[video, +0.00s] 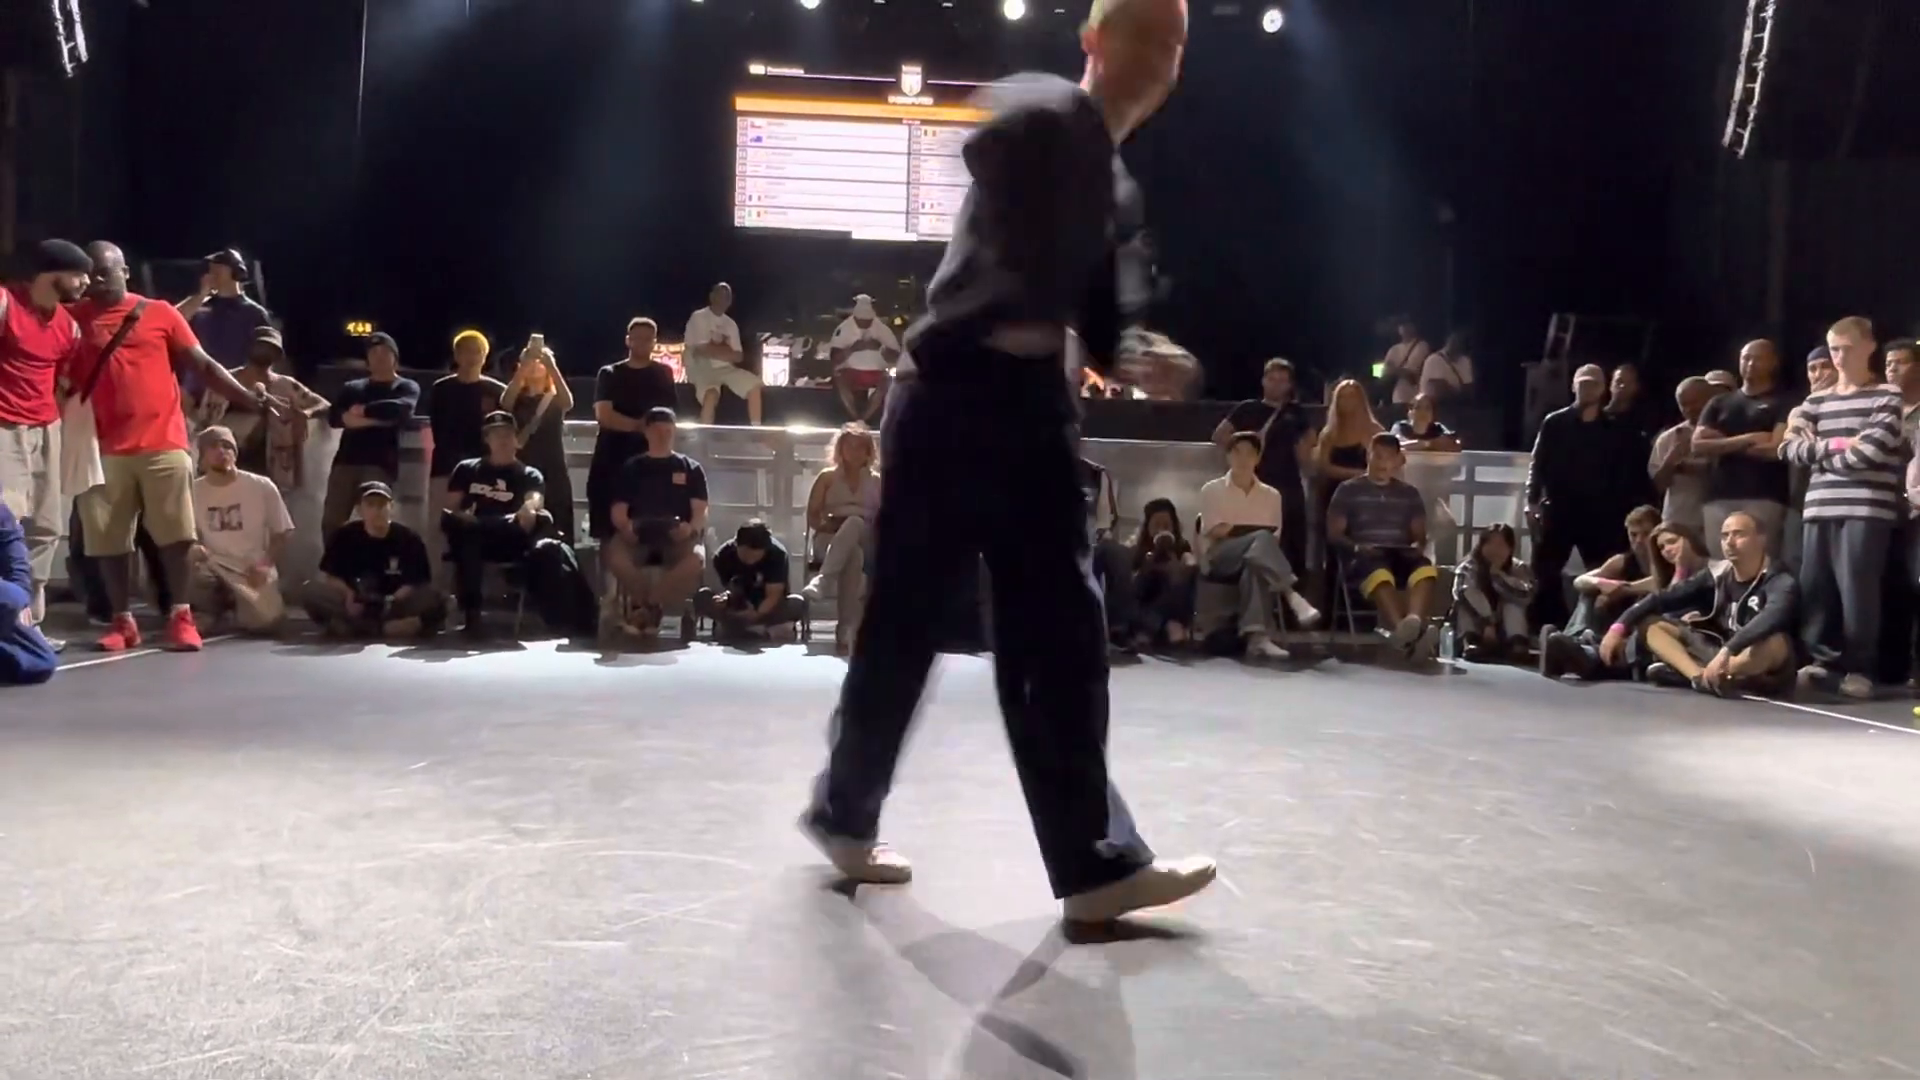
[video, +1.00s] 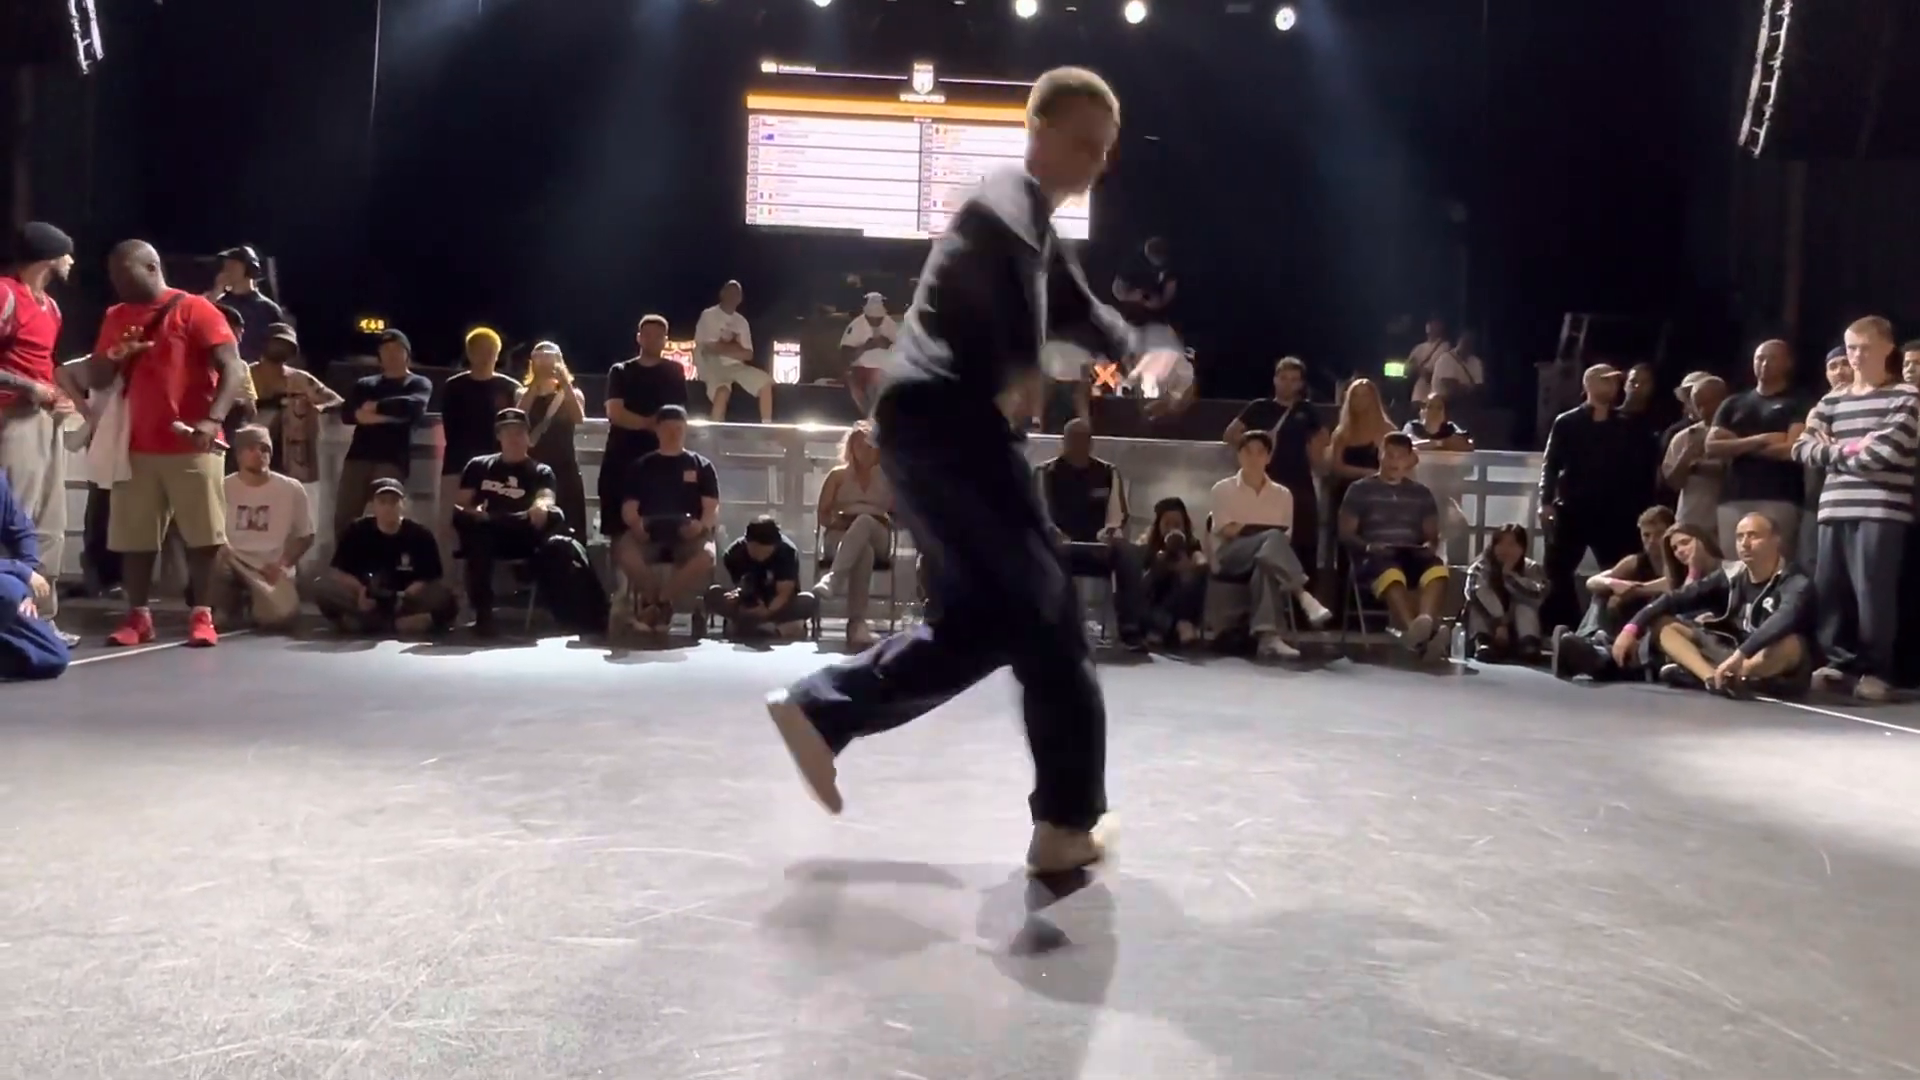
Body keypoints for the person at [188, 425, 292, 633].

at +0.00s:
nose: (222, 451)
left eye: (227, 446)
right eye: (214, 446)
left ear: (235, 453)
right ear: (202, 456)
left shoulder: (263, 487)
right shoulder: (191, 491)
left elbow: (281, 535)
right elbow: (186, 532)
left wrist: (266, 565)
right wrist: (194, 548)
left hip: (252, 569)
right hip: (212, 564)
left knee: (266, 619)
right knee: (191, 557)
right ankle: (206, 613)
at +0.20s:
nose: (235, 456)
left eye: (240, 451)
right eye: (227, 450)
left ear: (247, 457)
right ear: (212, 458)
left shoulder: (271, 492)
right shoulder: (200, 494)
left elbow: (287, 536)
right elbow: (190, 529)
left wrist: (269, 568)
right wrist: (199, 548)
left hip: (256, 570)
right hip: (215, 565)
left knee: (271, 621)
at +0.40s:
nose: (246, 455)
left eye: (252, 449)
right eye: (239, 449)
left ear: (257, 455)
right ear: (224, 454)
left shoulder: (277, 491)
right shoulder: (205, 491)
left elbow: (286, 539)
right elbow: (197, 532)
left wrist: (272, 567)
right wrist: (207, 551)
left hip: (260, 569)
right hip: (220, 564)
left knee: (273, 617)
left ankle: (232, 613)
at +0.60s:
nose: (254, 455)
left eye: (259, 450)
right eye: (247, 450)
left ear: (265, 455)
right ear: (233, 454)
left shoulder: (285, 492)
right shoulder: (213, 491)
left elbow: (294, 538)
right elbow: (203, 532)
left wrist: (278, 567)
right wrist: (213, 546)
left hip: (267, 569)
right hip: (228, 563)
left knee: (278, 617)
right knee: (211, 555)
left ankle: (243, 609)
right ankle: (215, 616)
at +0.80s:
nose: (259, 456)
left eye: (263, 450)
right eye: (252, 450)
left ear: (268, 455)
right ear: (237, 455)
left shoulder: (290, 491)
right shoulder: (219, 490)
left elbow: (301, 536)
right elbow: (209, 532)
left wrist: (280, 567)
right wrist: (220, 552)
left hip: (270, 570)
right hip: (231, 566)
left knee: (279, 617)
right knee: (217, 555)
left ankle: (250, 607)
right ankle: (215, 615)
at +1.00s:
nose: (259, 454)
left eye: (265, 449)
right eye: (252, 449)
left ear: (270, 454)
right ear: (238, 454)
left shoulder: (292, 488)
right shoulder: (224, 487)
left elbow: (306, 535)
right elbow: (212, 527)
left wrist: (281, 565)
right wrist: (222, 550)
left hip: (272, 568)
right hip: (234, 563)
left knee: (280, 616)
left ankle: (253, 605)